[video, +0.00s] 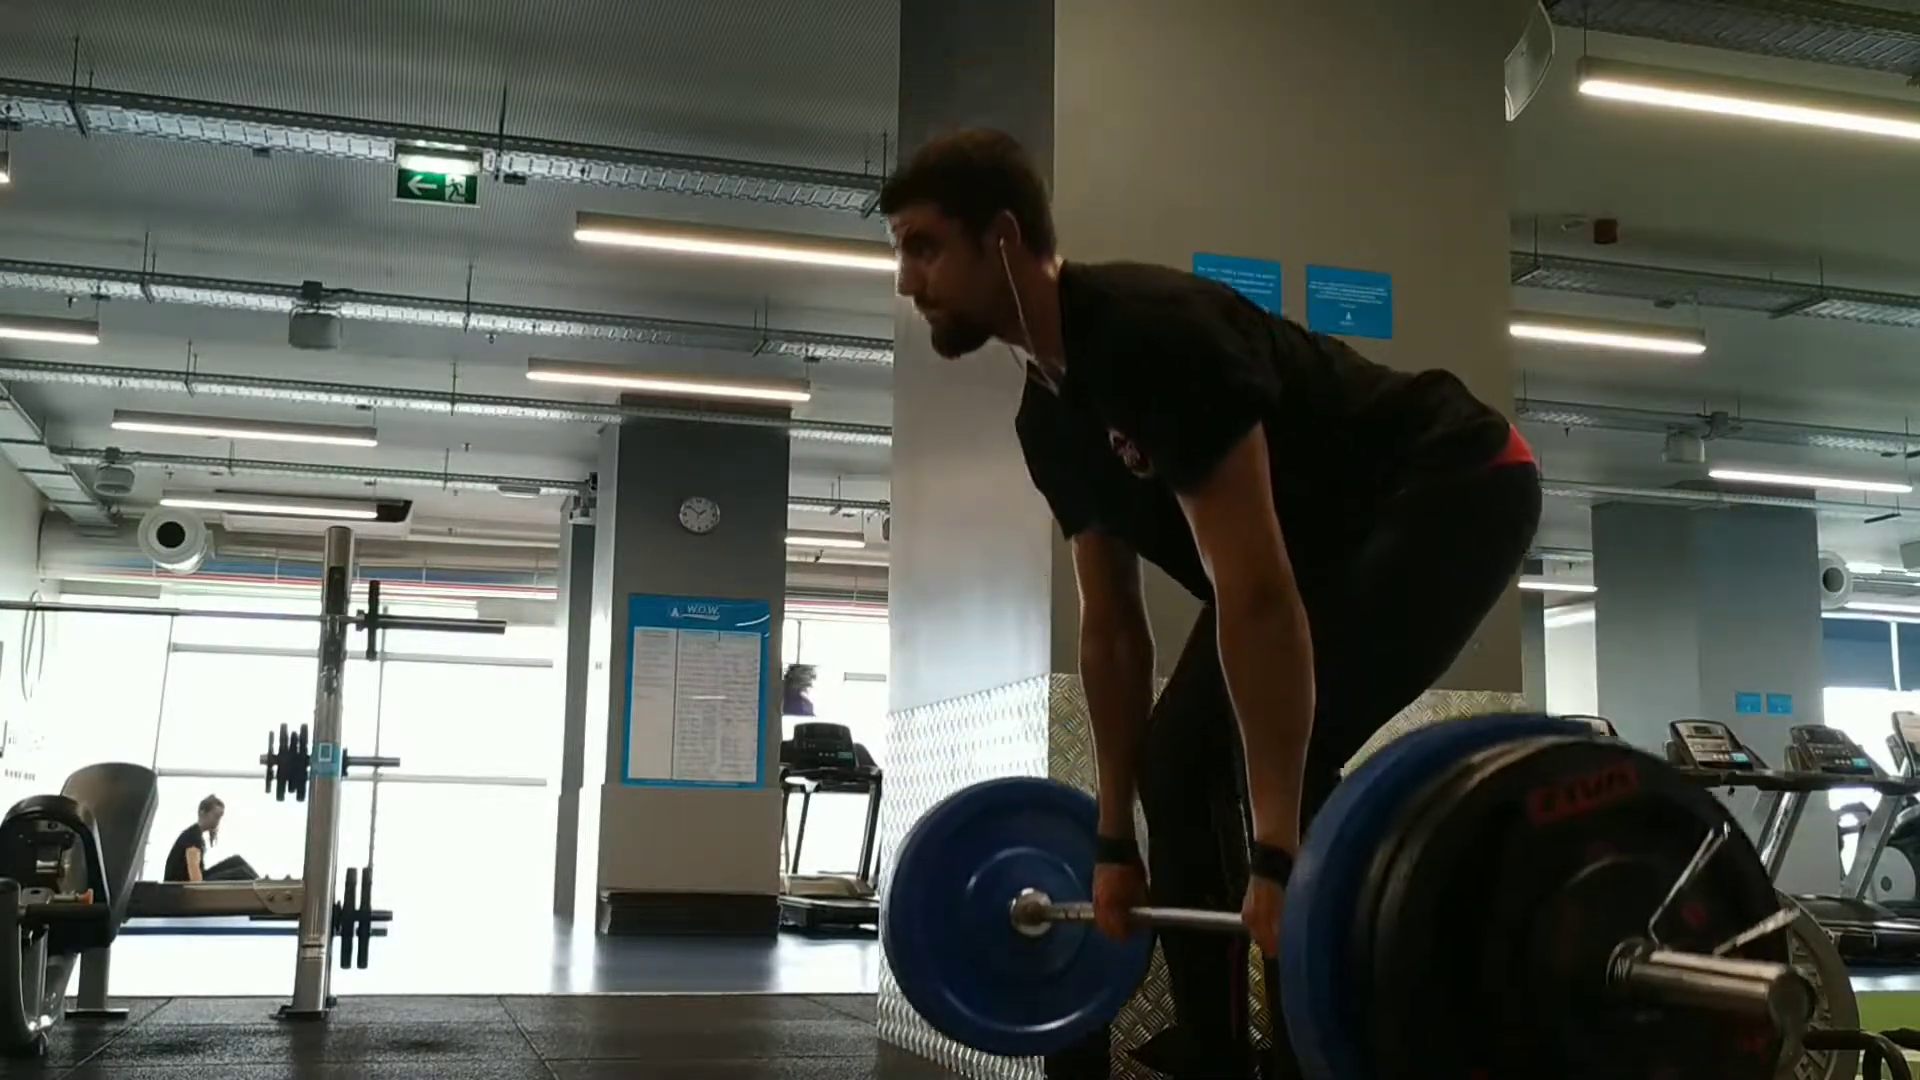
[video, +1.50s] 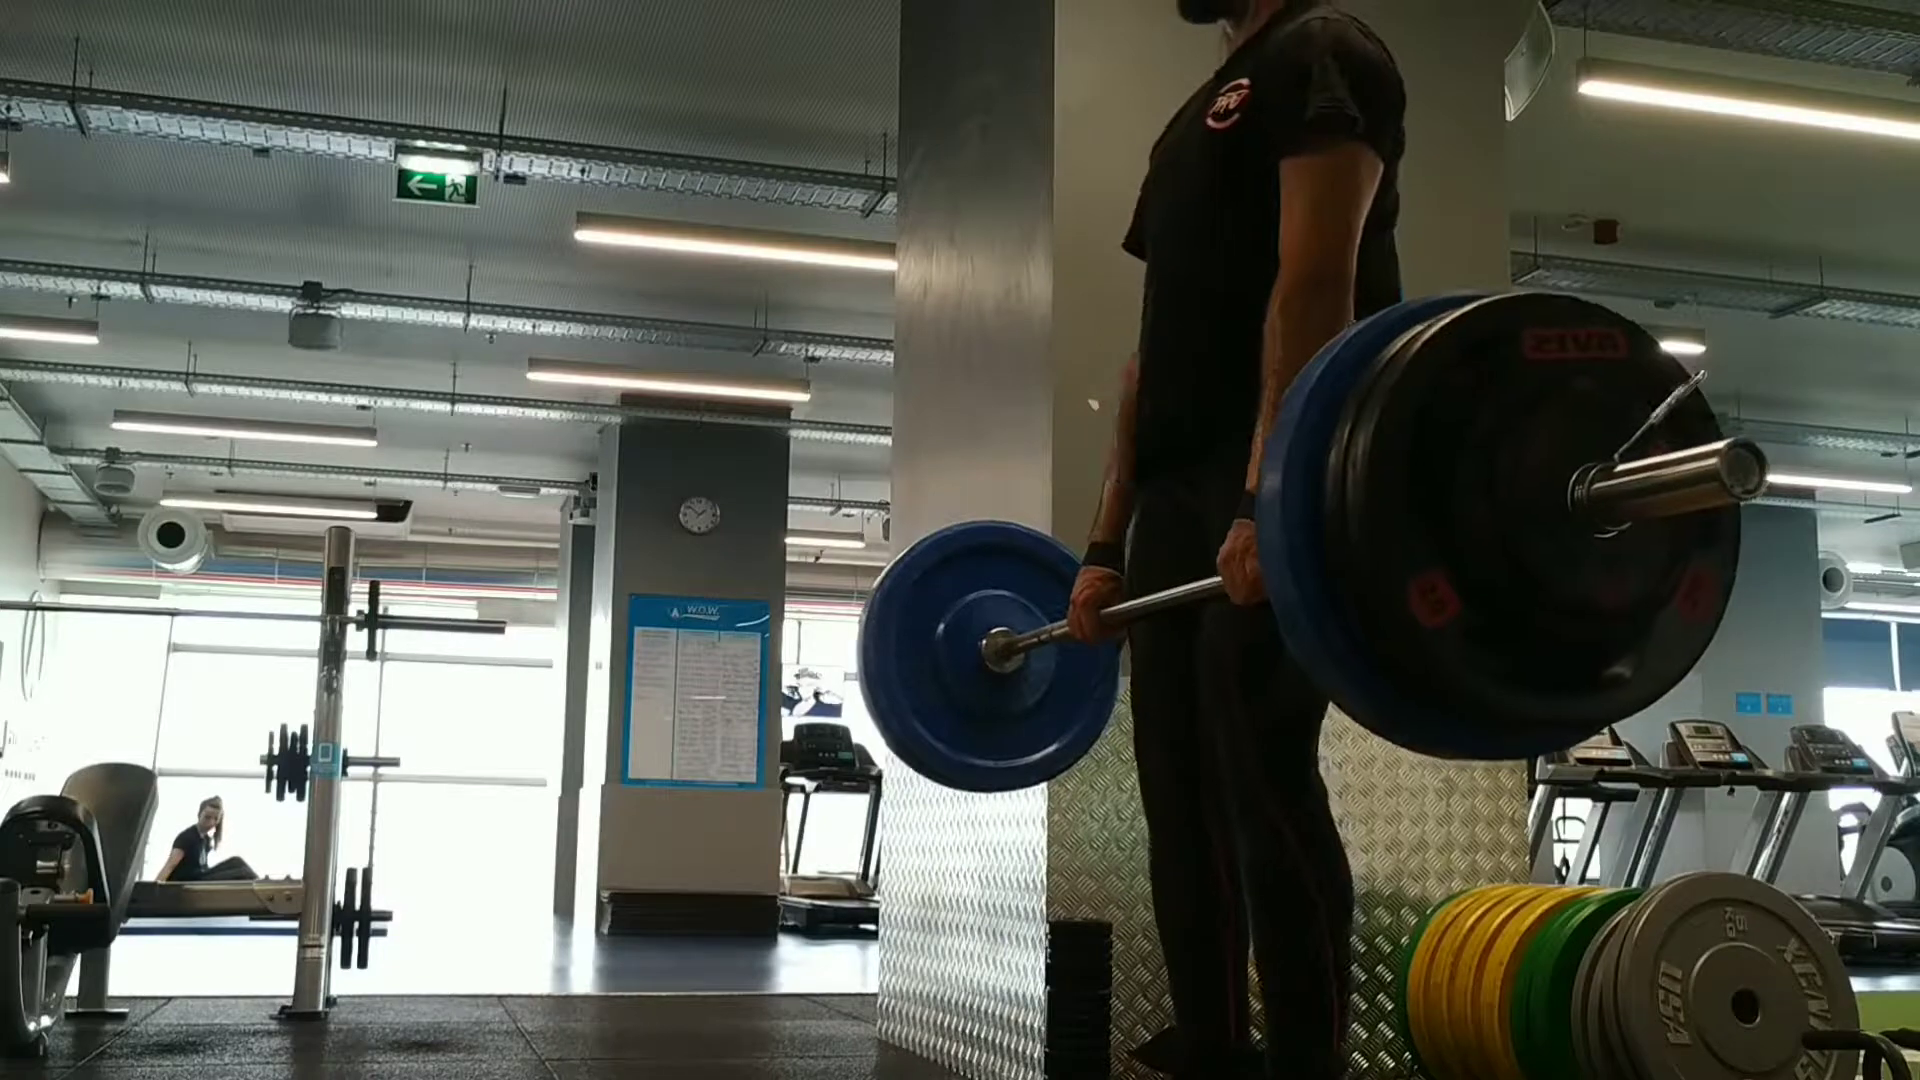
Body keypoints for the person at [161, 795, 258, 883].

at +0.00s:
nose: (219, 821)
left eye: (220, 817)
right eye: (216, 816)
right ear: (202, 813)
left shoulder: (197, 835)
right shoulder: (193, 837)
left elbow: (196, 874)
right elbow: (195, 876)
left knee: (236, 861)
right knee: (241, 872)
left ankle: (262, 886)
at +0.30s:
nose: (222, 823)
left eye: (224, 819)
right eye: (220, 818)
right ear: (207, 815)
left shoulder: (202, 838)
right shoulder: (196, 838)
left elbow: (197, 873)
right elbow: (194, 874)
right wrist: (204, 897)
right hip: (181, 887)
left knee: (236, 861)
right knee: (241, 871)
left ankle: (262, 886)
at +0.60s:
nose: (224, 823)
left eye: (226, 819)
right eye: (221, 818)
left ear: (228, 820)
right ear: (210, 815)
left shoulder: (203, 838)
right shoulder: (199, 838)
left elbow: (201, 873)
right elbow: (200, 875)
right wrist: (211, 897)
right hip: (182, 886)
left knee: (236, 861)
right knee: (242, 871)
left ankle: (261, 886)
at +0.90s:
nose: (219, 824)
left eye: (223, 820)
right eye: (216, 818)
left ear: (227, 822)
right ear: (207, 815)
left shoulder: (205, 838)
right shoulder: (197, 838)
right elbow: (179, 872)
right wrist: (195, 891)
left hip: (198, 877)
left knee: (236, 861)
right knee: (241, 871)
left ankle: (261, 886)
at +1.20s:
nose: (212, 823)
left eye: (217, 820)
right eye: (209, 817)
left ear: (220, 822)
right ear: (202, 815)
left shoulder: (210, 841)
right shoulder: (188, 837)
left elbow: (204, 867)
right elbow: (165, 866)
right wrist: (158, 886)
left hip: (203, 878)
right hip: (187, 883)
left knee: (236, 862)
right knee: (240, 872)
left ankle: (261, 885)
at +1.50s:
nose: (211, 822)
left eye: (215, 819)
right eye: (207, 817)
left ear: (218, 821)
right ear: (199, 814)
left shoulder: (206, 839)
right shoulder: (186, 837)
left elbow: (200, 862)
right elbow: (171, 863)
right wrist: (156, 885)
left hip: (202, 877)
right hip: (189, 882)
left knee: (236, 862)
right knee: (242, 872)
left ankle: (259, 884)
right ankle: (261, 888)